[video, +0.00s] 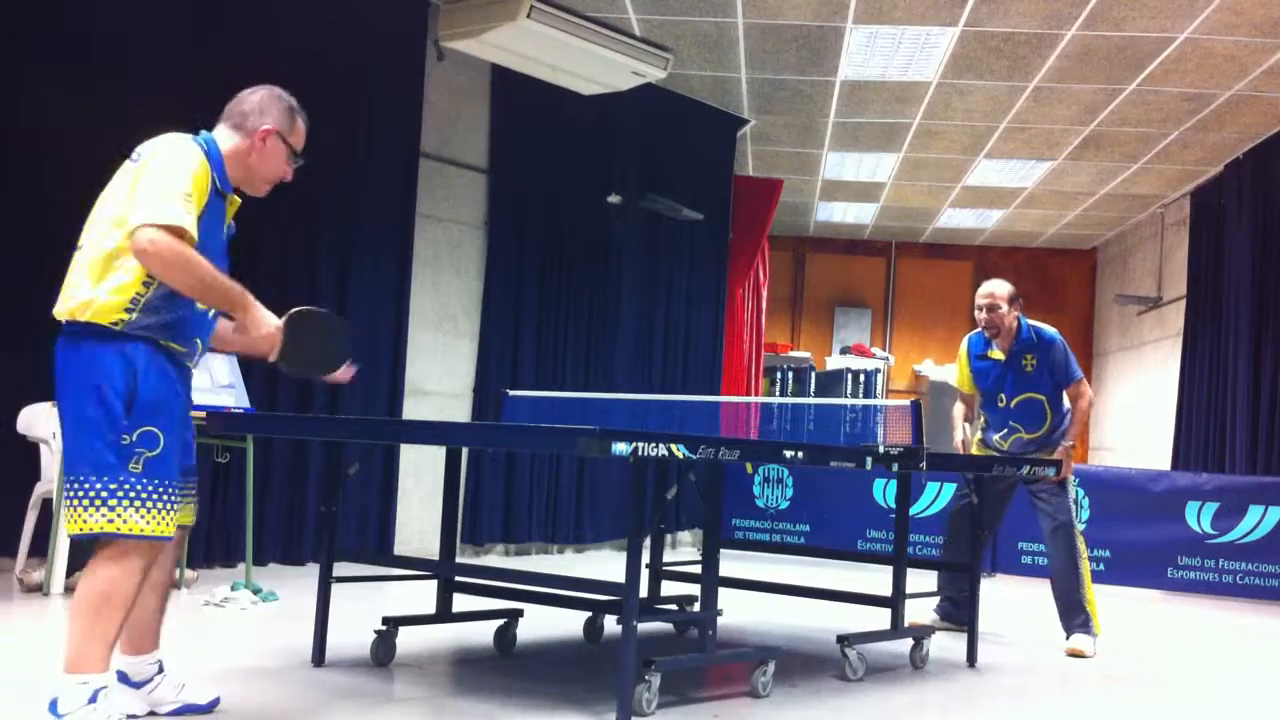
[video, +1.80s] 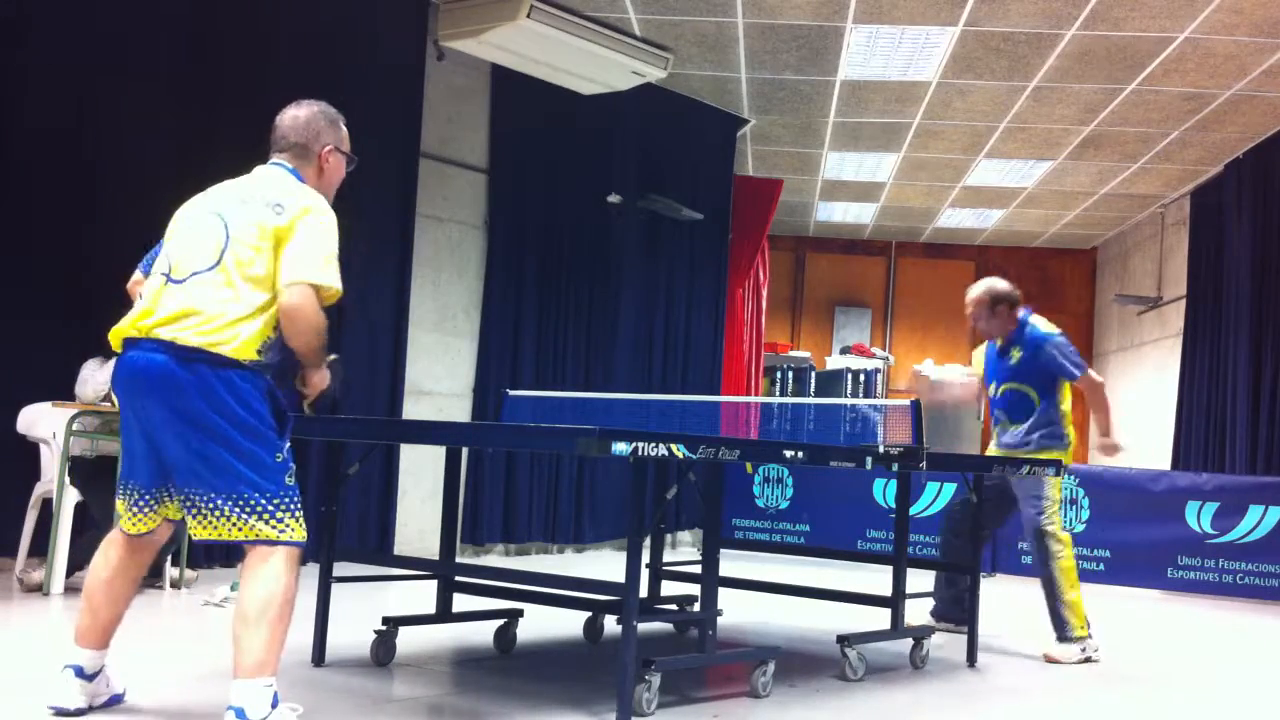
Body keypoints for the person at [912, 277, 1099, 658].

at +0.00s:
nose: (985, 317)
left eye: (993, 309)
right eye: (979, 310)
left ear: (1015, 310)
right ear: (974, 313)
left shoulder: (1047, 341)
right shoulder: (971, 346)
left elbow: (1082, 395)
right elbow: (965, 399)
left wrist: (1067, 445)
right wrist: (960, 428)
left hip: (1044, 452)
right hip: (992, 452)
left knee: (1062, 532)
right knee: (962, 520)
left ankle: (1080, 630)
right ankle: (954, 612)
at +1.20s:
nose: (958, 321)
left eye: (966, 312)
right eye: (954, 315)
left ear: (990, 310)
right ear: (953, 316)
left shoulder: (1023, 339)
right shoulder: (962, 349)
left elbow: (1062, 396)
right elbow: (962, 404)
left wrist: (1025, 434)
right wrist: (940, 425)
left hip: (1038, 453)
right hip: (994, 452)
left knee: (1043, 529)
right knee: (955, 523)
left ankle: (1075, 631)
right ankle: (954, 613)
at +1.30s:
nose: (958, 330)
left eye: (965, 321)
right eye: (953, 323)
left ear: (989, 317)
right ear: (951, 324)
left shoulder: (1017, 344)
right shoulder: (971, 354)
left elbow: (1038, 400)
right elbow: (966, 414)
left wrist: (986, 420)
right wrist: (929, 443)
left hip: (1044, 455)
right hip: (1006, 456)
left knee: (1042, 530)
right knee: (960, 519)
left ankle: (1078, 640)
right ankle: (954, 615)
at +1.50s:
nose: (944, 352)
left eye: (947, 343)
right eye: (941, 345)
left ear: (970, 336)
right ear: (972, 337)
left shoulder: (989, 356)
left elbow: (1004, 364)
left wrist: (1010, 366)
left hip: (1044, 462)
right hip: (1014, 463)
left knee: (1018, 538)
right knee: (965, 518)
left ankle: (1074, 639)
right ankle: (954, 615)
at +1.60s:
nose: (943, 354)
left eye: (946, 345)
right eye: (941, 347)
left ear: (968, 338)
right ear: (967, 339)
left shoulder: (996, 361)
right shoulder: (984, 363)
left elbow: (1043, 372)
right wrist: (1091, 437)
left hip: (1041, 465)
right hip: (1009, 466)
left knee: (1018, 540)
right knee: (962, 519)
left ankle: (1074, 639)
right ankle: (953, 615)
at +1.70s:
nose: (954, 342)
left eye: (956, 333)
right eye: (952, 334)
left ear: (979, 327)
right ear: (974, 329)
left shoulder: (1018, 352)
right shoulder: (989, 360)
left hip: (1038, 463)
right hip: (1005, 464)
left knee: (1026, 536)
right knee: (956, 522)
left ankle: (1076, 640)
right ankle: (952, 614)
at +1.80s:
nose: (974, 326)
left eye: (979, 318)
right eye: (972, 318)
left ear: (1006, 312)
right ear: (992, 315)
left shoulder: (1045, 341)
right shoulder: (991, 347)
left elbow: (1093, 386)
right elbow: (979, 392)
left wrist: (1105, 437)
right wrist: (934, 391)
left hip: (1040, 456)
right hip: (1001, 454)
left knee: (1047, 535)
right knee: (960, 520)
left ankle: (1078, 639)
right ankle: (952, 614)